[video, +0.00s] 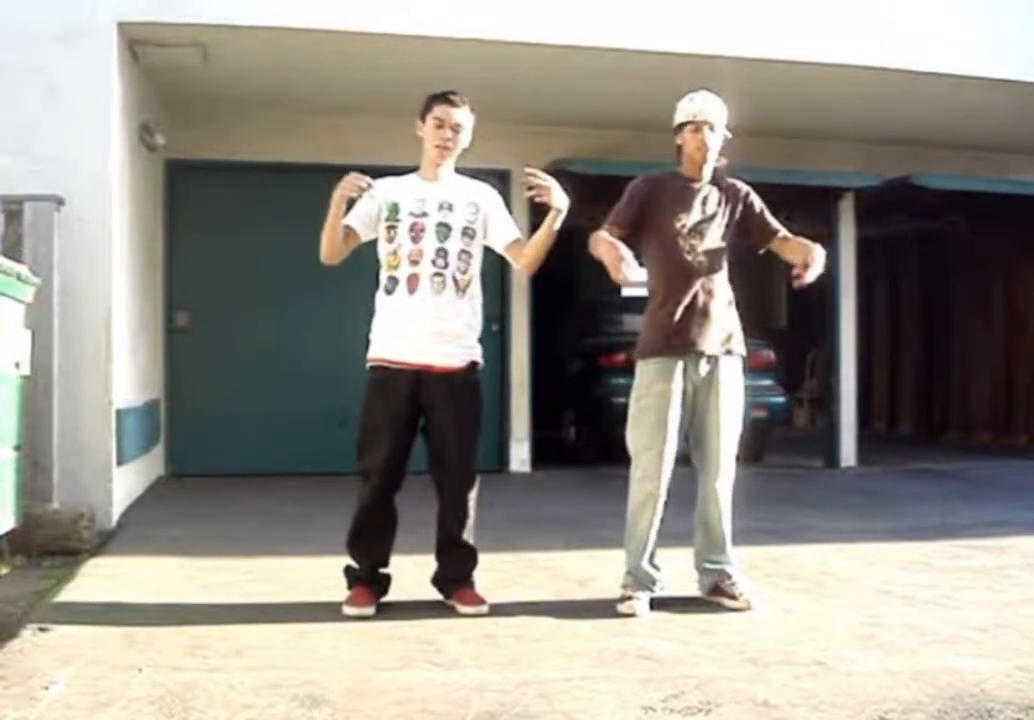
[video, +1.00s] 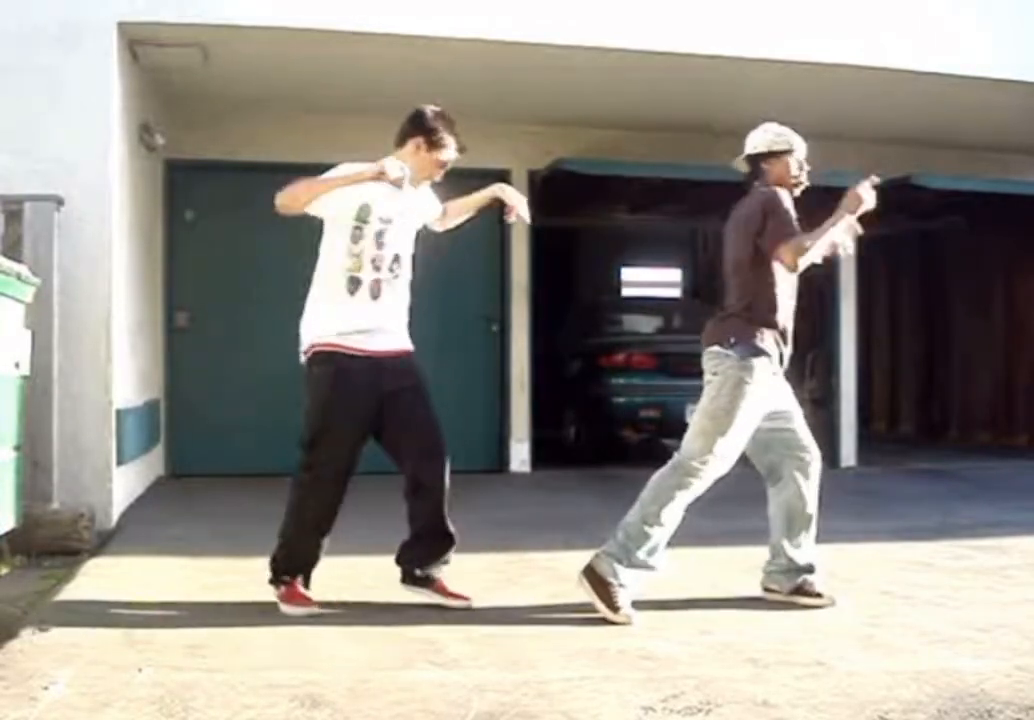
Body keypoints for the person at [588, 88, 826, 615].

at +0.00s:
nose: (700, 136)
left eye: (709, 128)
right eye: (692, 127)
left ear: (724, 137)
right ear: (678, 134)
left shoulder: (736, 195)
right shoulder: (650, 189)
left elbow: (777, 238)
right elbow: (602, 239)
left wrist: (810, 251)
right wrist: (614, 257)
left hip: (722, 346)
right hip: (662, 344)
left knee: (719, 467)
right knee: (651, 467)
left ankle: (717, 572)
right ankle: (638, 580)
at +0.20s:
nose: (717, 165)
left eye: (722, 157)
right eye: (706, 156)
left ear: (727, 164)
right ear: (681, 163)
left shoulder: (743, 224)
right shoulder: (645, 219)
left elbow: (749, 283)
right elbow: (600, 272)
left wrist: (734, 323)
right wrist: (631, 303)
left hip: (712, 362)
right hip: (657, 364)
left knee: (741, 472)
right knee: (648, 470)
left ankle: (724, 572)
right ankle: (604, 585)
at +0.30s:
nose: (736, 181)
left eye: (735, 173)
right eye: (724, 174)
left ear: (730, 183)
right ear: (691, 183)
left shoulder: (733, 237)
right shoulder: (662, 242)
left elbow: (722, 297)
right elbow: (630, 310)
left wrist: (751, 340)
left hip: (712, 377)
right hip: (663, 379)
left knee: (745, 479)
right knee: (658, 482)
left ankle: (723, 573)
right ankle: (605, 585)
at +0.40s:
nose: (741, 158)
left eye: (738, 149)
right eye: (731, 150)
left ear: (705, 159)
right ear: (705, 158)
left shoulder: (711, 205)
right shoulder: (702, 197)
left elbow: (724, 270)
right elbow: (701, 252)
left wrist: (782, 250)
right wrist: (769, 244)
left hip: (713, 360)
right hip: (682, 364)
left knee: (783, 449)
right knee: (675, 478)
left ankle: (741, 559)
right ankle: (607, 584)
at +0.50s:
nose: (744, 141)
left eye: (740, 134)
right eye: (736, 133)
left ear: (702, 141)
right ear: (715, 136)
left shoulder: (705, 184)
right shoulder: (714, 163)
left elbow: (753, 209)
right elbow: (772, 173)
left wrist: (807, 173)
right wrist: (818, 161)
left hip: (723, 344)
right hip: (703, 343)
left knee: (776, 446)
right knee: (669, 458)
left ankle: (786, 565)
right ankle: (607, 575)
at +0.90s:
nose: (778, 157)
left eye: (776, 151)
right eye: (771, 150)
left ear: (737, 161)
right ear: (750, 156)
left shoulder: (733, 202)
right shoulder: (753, 188)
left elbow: (766, 225)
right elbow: (814, 208)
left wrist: (788, 183)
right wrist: (837, 154)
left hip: (753, 351)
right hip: (745, 349)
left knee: (795, 456)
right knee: (703, 460)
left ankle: (787, 572)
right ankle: (614, 562)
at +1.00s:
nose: (802, 169)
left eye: (801, 160)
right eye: (796, 159)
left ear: (763, 165)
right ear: (774, 162)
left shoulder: (751, 207)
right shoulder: (773, 201)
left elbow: (785, 260)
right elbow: (793, 254)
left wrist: (829, 241)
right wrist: (845, 213)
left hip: (755, 359)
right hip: (747, 355)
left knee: (799, 461)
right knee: (698, 464)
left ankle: (788, 573)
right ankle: (614, 566)